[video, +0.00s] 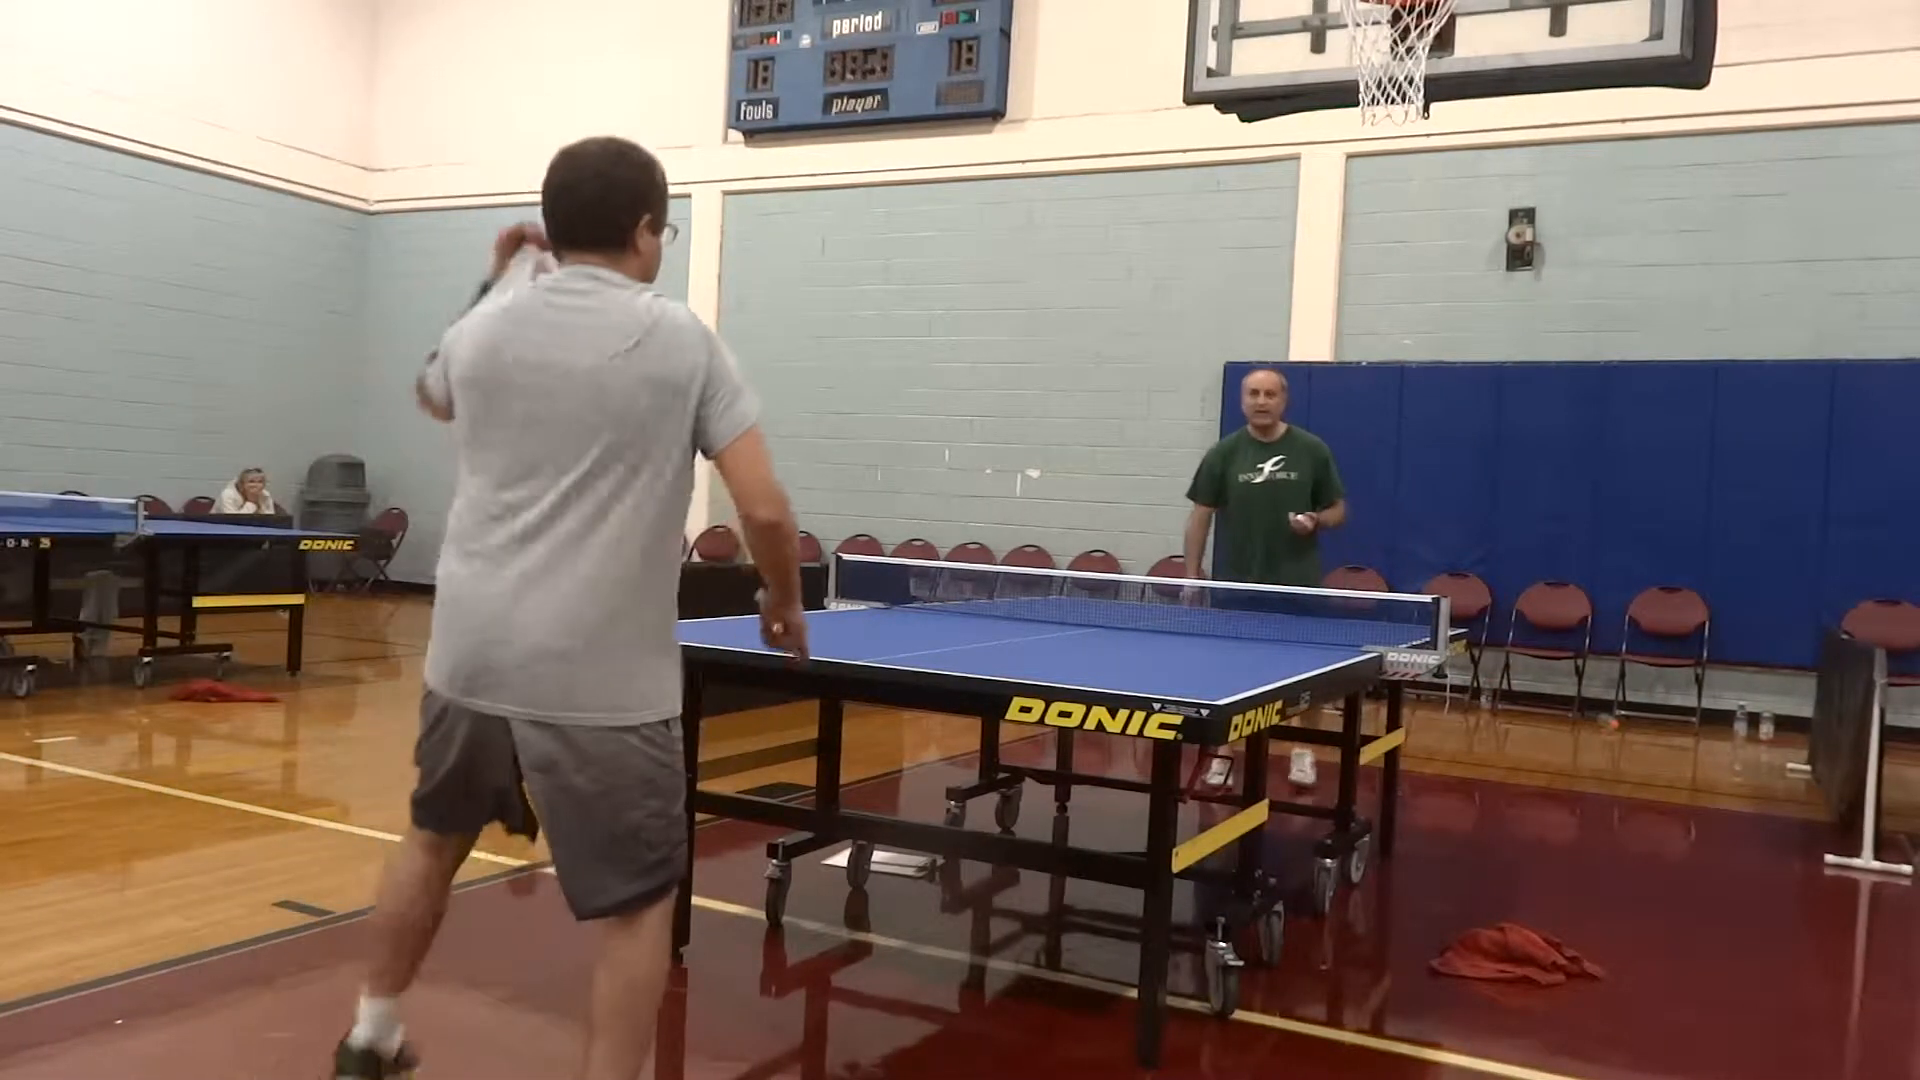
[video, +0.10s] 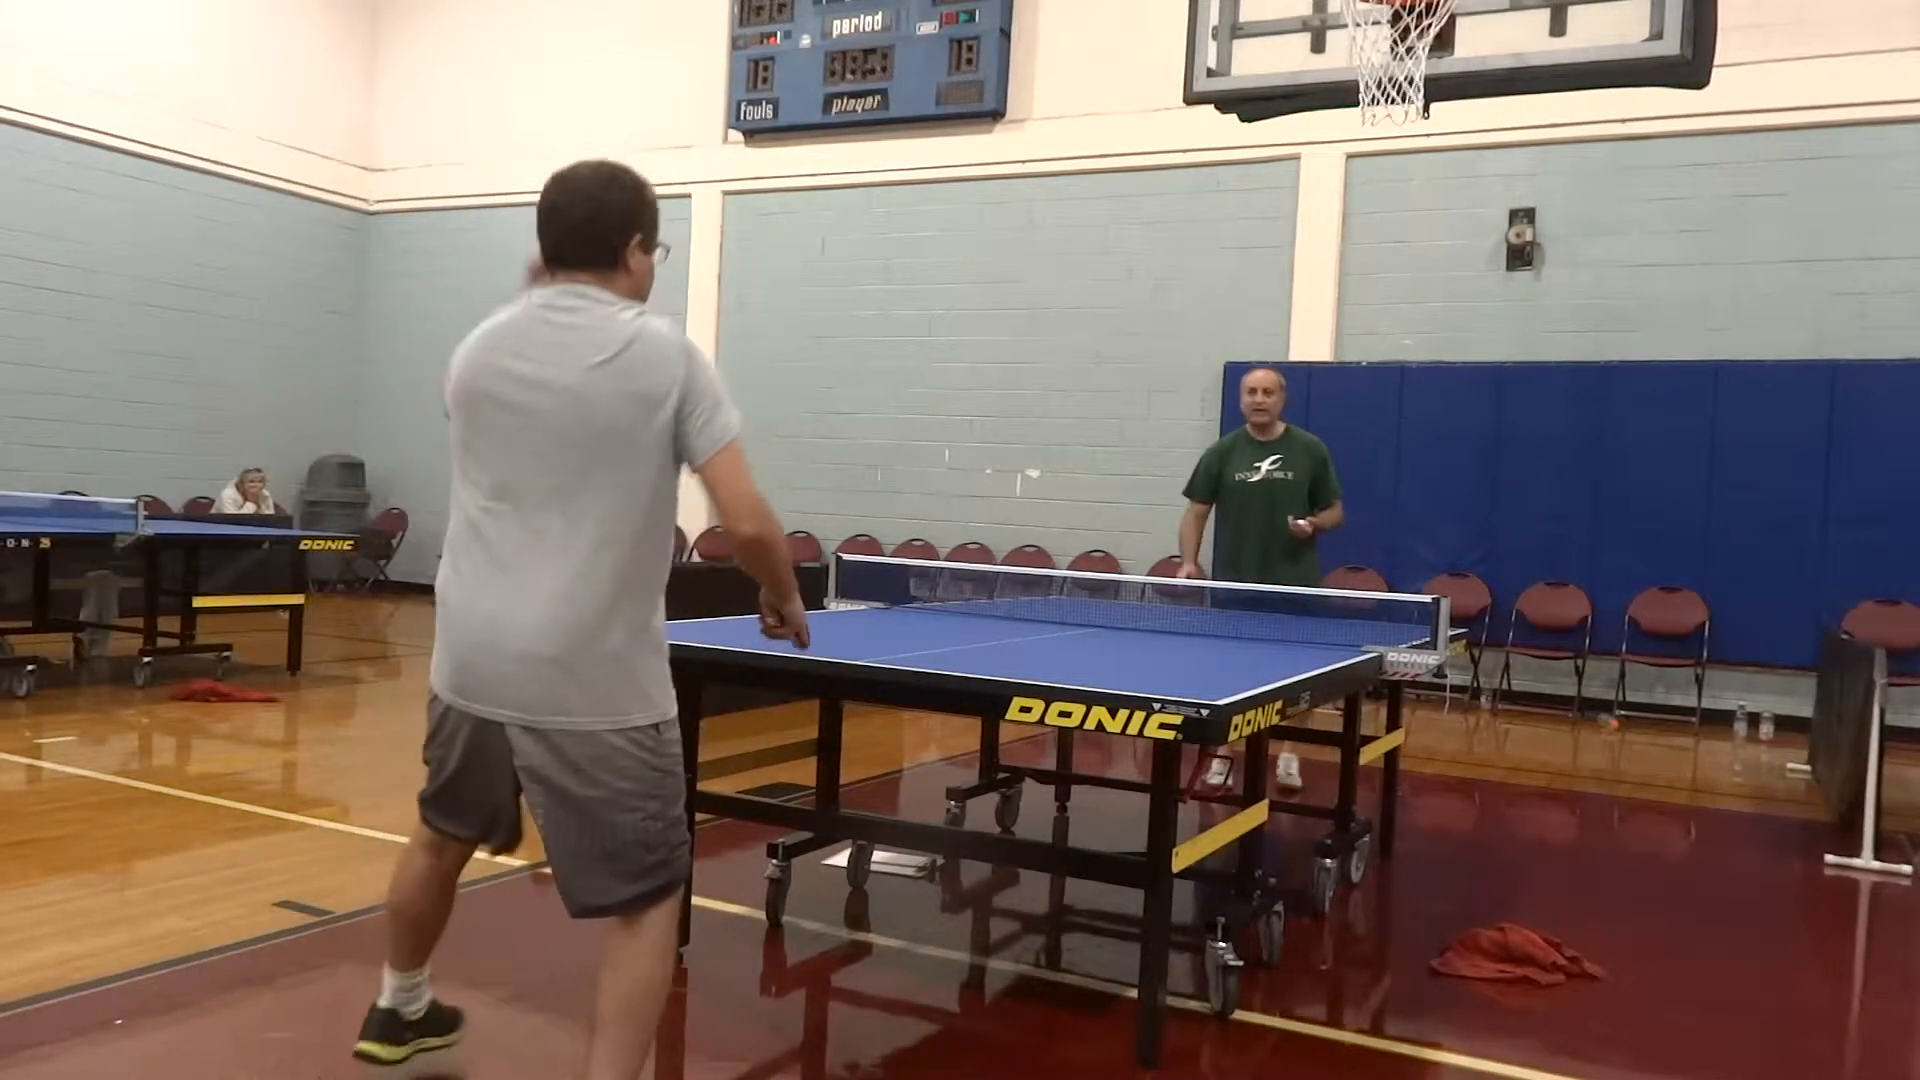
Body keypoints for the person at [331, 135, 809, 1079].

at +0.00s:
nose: (664, 237)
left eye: (661, 223)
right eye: (663, 223)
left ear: (548, 230)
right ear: (645, 230)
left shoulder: (490, 323)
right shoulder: (683, 340)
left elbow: (436, 395)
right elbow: (765, 512)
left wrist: (498, 283)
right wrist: (783, 603)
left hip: (466, 659)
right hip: (605, 684)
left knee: (433, 836)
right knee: (632, 907)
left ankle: (371, 1035)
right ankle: (614, 1074)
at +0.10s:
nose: (655, 260)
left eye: (656, 246)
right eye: (653, 246)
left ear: (541, 248)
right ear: (634, 250)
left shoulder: (478, 350)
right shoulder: (667, 357)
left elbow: (498, 485)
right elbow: (745, 522)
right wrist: (781, 594)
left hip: (469, 665)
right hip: (598, 688)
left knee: (442, 831)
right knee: (644, 901)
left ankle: (395, 1007)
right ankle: (616, 1072)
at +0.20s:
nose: (641, 281)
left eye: (640, 267)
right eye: (639, 267)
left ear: (537, 269)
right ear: (619, 271)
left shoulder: (471, 365)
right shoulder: (638, 373)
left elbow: (500, 510)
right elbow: (703, 534)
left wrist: (639, 540)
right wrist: (765, 599)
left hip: (464, 669)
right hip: (582, 688)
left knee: (459, 835)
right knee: (646, 893)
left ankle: (407, 1018)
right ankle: (612, 1073)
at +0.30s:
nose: (627, 295)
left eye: (626, 280)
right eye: (624, 280)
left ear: (527, 283)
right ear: (602, 285)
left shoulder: (463, 372)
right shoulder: (608, 380)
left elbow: (476, 518)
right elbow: (650, 542)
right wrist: (739, 603)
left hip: (448, 659)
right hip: (553, 673)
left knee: (464, 827)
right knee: (655, 864)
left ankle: (404, 1027)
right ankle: (613, 1071)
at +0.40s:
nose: (622, 302)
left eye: (621, 287)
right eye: (618, 287)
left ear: (523, 292)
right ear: (596, 292)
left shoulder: (460, 377)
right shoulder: (594, 377)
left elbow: (476, 520)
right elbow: (621, 536)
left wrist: (598, 568)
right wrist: (711, 606)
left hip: (434, 650)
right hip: (531, 656)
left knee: (467, 822)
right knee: (651, 849)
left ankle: (404, 1029)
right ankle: (623, 1068)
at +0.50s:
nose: (627, 318)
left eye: (627, 303)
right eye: (625, 302)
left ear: (528, 303)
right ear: (600, 302)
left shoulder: (462, 381)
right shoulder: (598, 378)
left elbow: (463, 520)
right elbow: (619, 533)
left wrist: (579, 567)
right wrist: (701, 611)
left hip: (433, 656)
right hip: (533, 661)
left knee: (465, 823)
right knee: (630, 853)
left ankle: (406, 1026)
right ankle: (642, 1070)